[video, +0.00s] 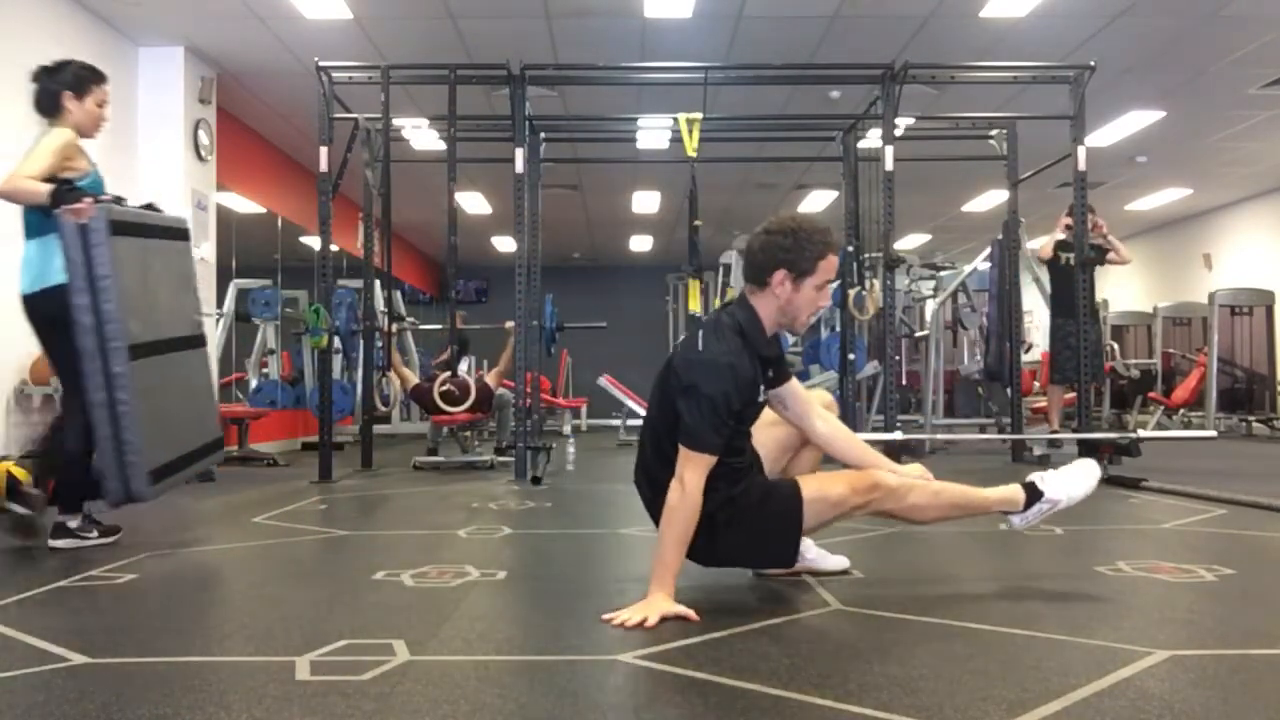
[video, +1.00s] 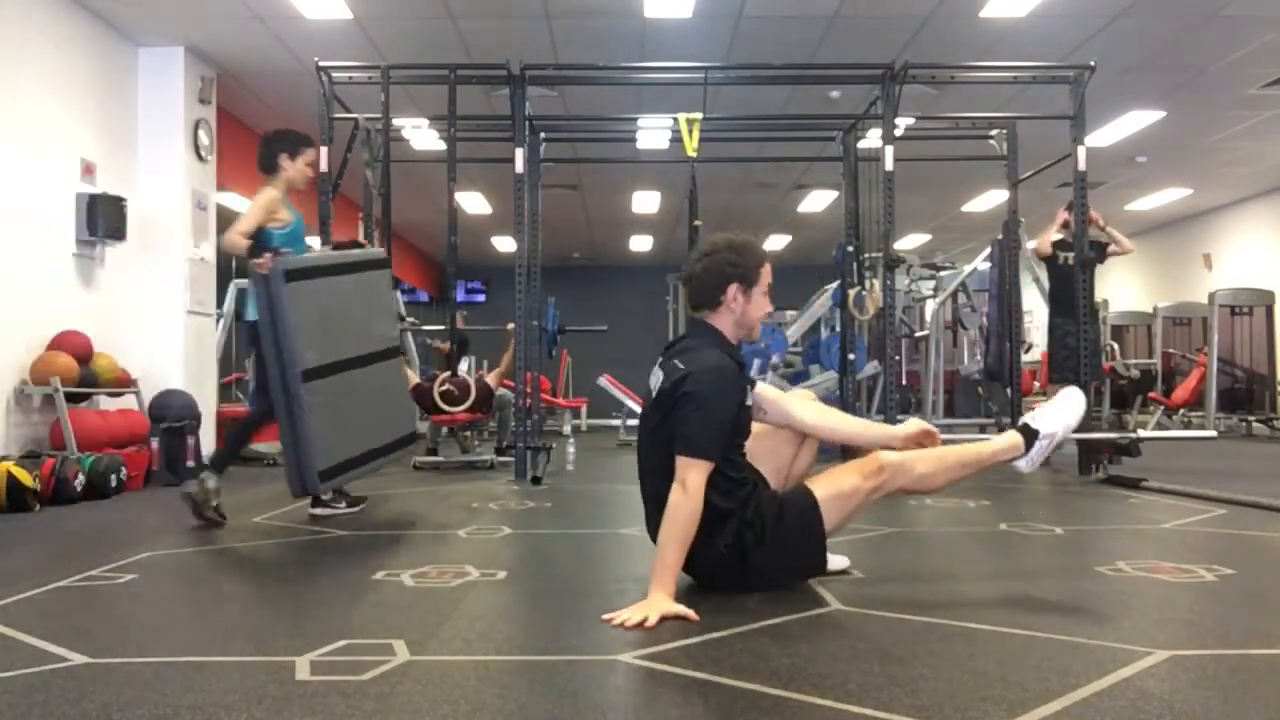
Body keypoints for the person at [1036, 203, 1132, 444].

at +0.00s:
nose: (1083, 225)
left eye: (1087, 221)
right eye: (1078, 220)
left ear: (1093, 224)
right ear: (1068, 222)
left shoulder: (1092, 250)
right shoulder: (1058, 246)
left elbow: (1125, 258)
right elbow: (1043, 255)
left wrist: (1106, 235)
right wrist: (1058, 231)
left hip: (1088, 318)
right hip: (1063, 318)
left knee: (1088, 375)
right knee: (1059, 376)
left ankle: (1086, 423)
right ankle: (1055, 426)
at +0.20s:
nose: (1083, 223)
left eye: (1087, 218)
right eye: (1078, 217)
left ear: (1092, 222)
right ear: (1068, 221)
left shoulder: (1092, 249)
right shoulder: (1057, 246)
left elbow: (1126, 257)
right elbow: (1043, 255)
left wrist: (1106, 233)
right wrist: (1059, 230)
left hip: (1088, 318)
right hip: (1063, 318)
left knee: (1088, 376)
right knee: (1059, 377)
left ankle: (1086, 425)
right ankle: (1055, 427)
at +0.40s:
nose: (1081, 224)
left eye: (1086, 219)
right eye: (1076, 218)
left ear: (1091, 223)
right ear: (1067, 221)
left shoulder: (1093, 249)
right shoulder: (1057, 245)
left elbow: (1127, 255)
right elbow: (1043, 255)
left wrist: (1107, 232)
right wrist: (1059, 230)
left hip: (1088, 318)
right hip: (1063, 318)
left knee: (1088, 376)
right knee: (1058, 376)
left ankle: (1086, 424)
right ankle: (1055, 427)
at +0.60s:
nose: (1078, 223)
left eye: (1083, 218)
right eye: (1073, 217)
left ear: (1089, 221)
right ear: (1066, 220)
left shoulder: (1093, 247)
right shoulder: (1057, 244)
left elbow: (1128, 251)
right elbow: (1043, 251)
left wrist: (1105, 228)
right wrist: (1058, 226)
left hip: (1088, 316)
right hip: (1062, 315)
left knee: (1088, 374)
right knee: (1058, 375)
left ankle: (1086, 424)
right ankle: (1054, 426)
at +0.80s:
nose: (1082, 219)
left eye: (1086, 214)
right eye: (1077, 214)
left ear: (1092, 218)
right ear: (1067, 217)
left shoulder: (1093, 247)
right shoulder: (1056, 244)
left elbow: (1127, 253)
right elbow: (1043, 253)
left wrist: (1105, 230)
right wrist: (1058, 227)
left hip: (1087, 315)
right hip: (1062, 315)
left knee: (1087, 375)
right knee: (1058, 376)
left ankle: (1087, 426)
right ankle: (1054, 428)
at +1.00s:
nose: (1081, 220)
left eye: (1085, 215)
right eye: (1076, 214)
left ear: (1090, 219)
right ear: (1067, 218)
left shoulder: (1092, 247)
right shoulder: (1056, 244)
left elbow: (1127, 248)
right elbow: (1041, 250)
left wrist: (1103, 226)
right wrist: (1057, 223)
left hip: (1087, 315)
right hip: (1062, 315)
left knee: (1088, 373)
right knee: (1062, 375)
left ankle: (1086, 417)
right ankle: (1061, 416)